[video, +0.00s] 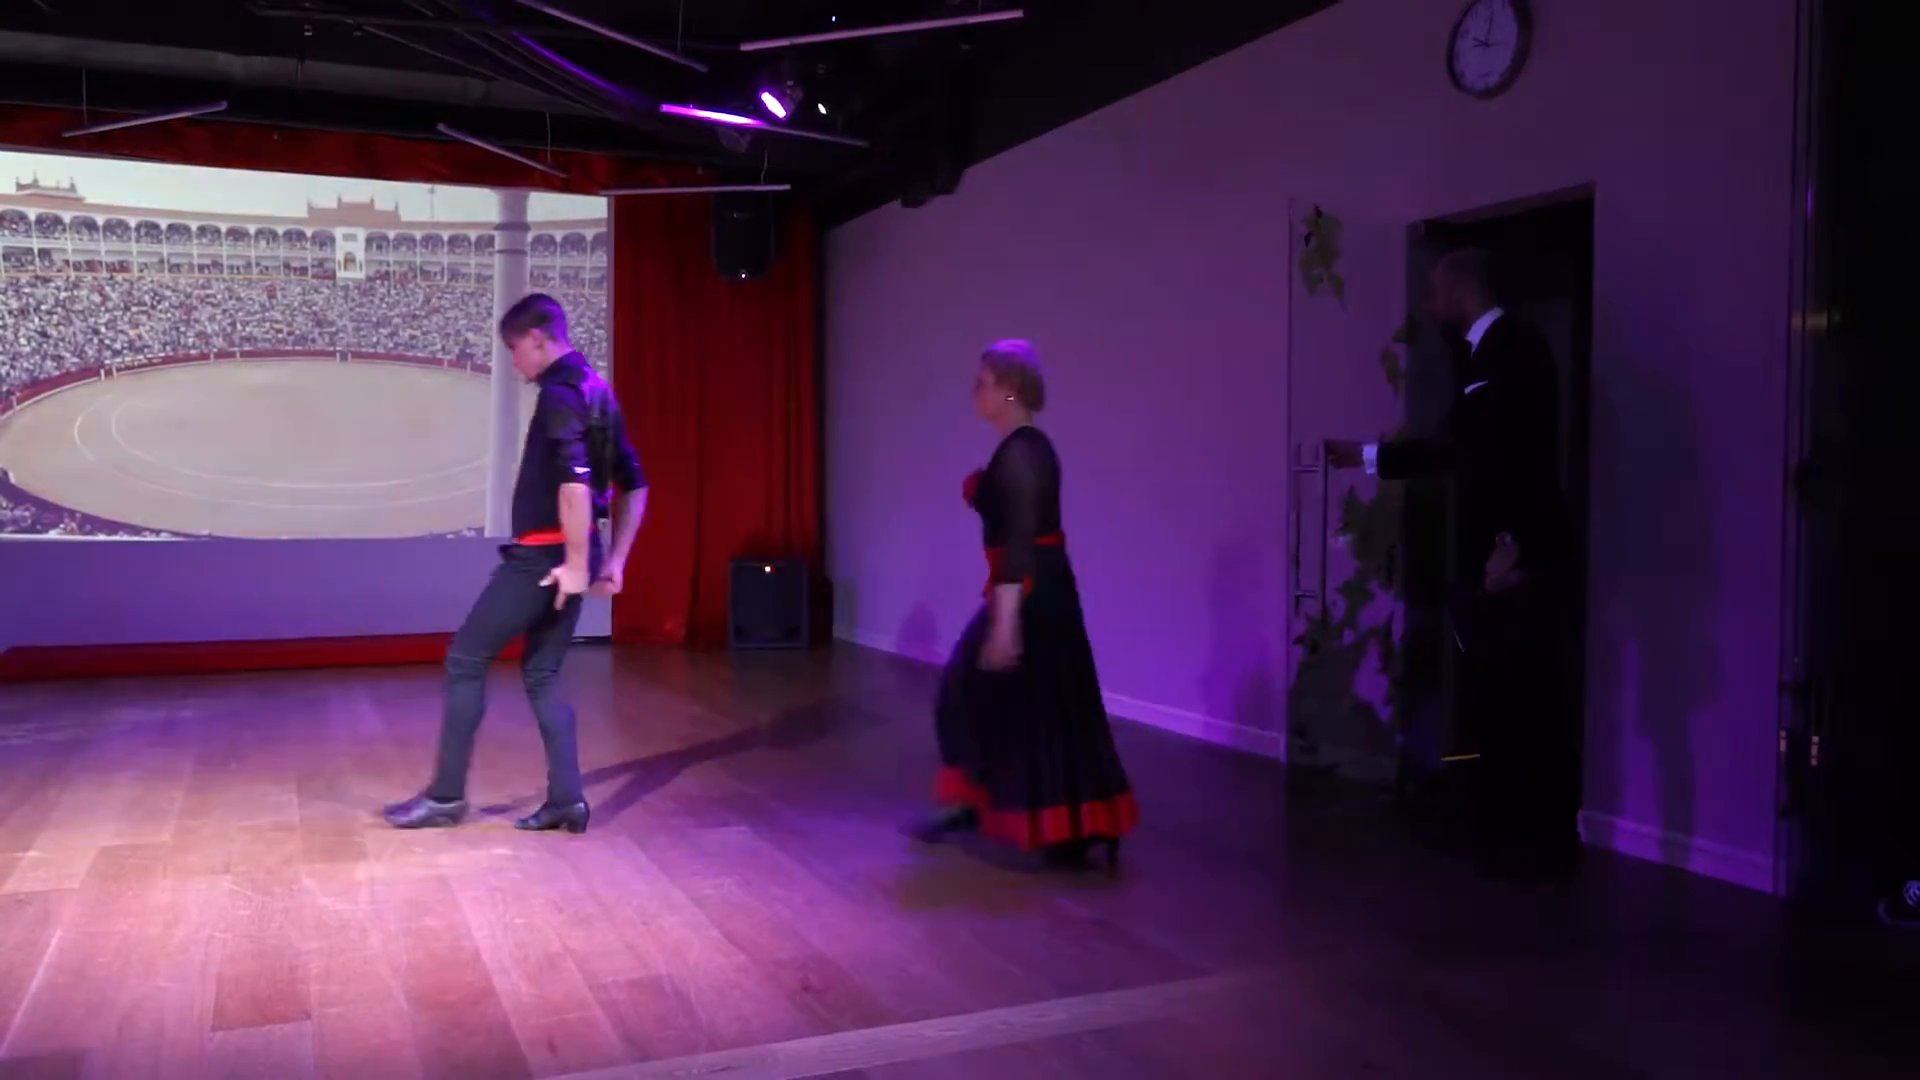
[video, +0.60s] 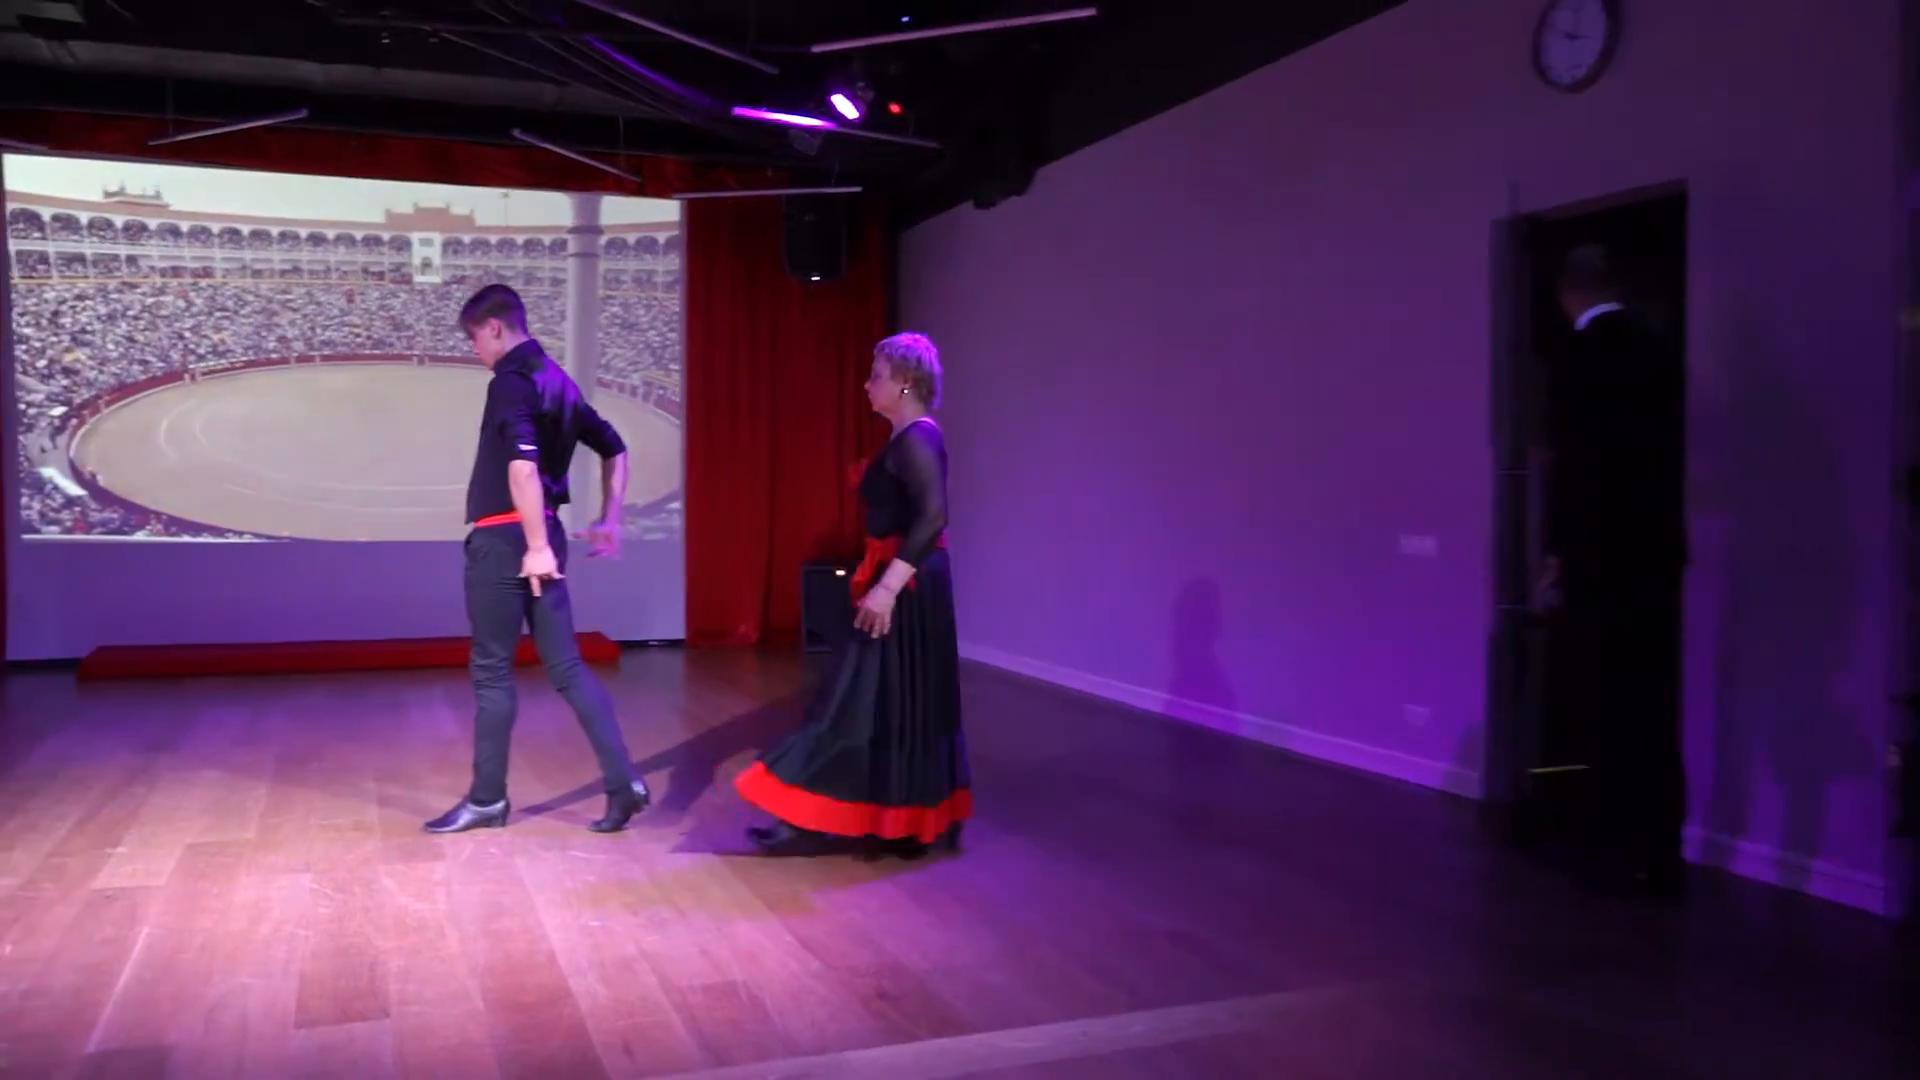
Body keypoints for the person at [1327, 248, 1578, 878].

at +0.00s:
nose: (1433, 305)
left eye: (1439, 290)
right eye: (1433, 292)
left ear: (1464, 288)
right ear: (1468, 286)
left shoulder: (1511, 351)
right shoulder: (1479, 352)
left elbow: (1513, 455)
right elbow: (1459, 451)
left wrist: (1511, 539)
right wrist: (1369, 456)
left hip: (1518, 558)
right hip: (1493, 555)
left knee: (1510, 695)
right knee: (1494, 693)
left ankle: (1521, 835)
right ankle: (1499, 828)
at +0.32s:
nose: (1459, 308)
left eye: (1460, 296)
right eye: (1460, 296)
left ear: (1473, 294)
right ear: (1506, 290)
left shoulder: (1511, 356)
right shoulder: (1527, 349)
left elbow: (1507, 463)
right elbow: (1508, 460)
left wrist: (1494, 548)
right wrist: (1444, 465)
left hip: (1521, 554)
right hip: (1530, 546)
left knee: (1511, 693)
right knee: (1521, 691)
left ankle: (1518, 830)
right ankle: (1524, 827)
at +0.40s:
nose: (1481, 310)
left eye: (1483, 299)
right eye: (1483, 298)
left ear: (1494, 299)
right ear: (1532, 290)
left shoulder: (1525, 357)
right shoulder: (1560, 349)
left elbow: (1523, 468)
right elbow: (1534, 463)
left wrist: (1502, 552)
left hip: (1540, 552)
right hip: (1567, 545)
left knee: (1535, 693)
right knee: (1562, 692)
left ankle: (1542, 833)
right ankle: (1570, 833)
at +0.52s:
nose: (1520, 310)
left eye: (1521, 298)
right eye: (1523, 297)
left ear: (1530, 299)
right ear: (1575, 290)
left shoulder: (1549, 361)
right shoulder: (1615, 352)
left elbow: (1546, 475)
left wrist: (1526, 560)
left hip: (1567, 557)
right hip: (1614, 550)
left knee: (1564, 697)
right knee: (1608, 697)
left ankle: (1567, 837)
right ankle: (1613, 838)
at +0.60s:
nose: (1563, 307)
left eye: (1564, 295)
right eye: (1568, 293)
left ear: (1569, 296)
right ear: (1617, 286)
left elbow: (1576, 468)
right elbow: (1657, 464)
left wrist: (1557, 553)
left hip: (1602, 554)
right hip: (1654, 548)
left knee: (1605, 698)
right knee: (1648, 701)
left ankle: (1607, 845)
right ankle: (1653, 846)